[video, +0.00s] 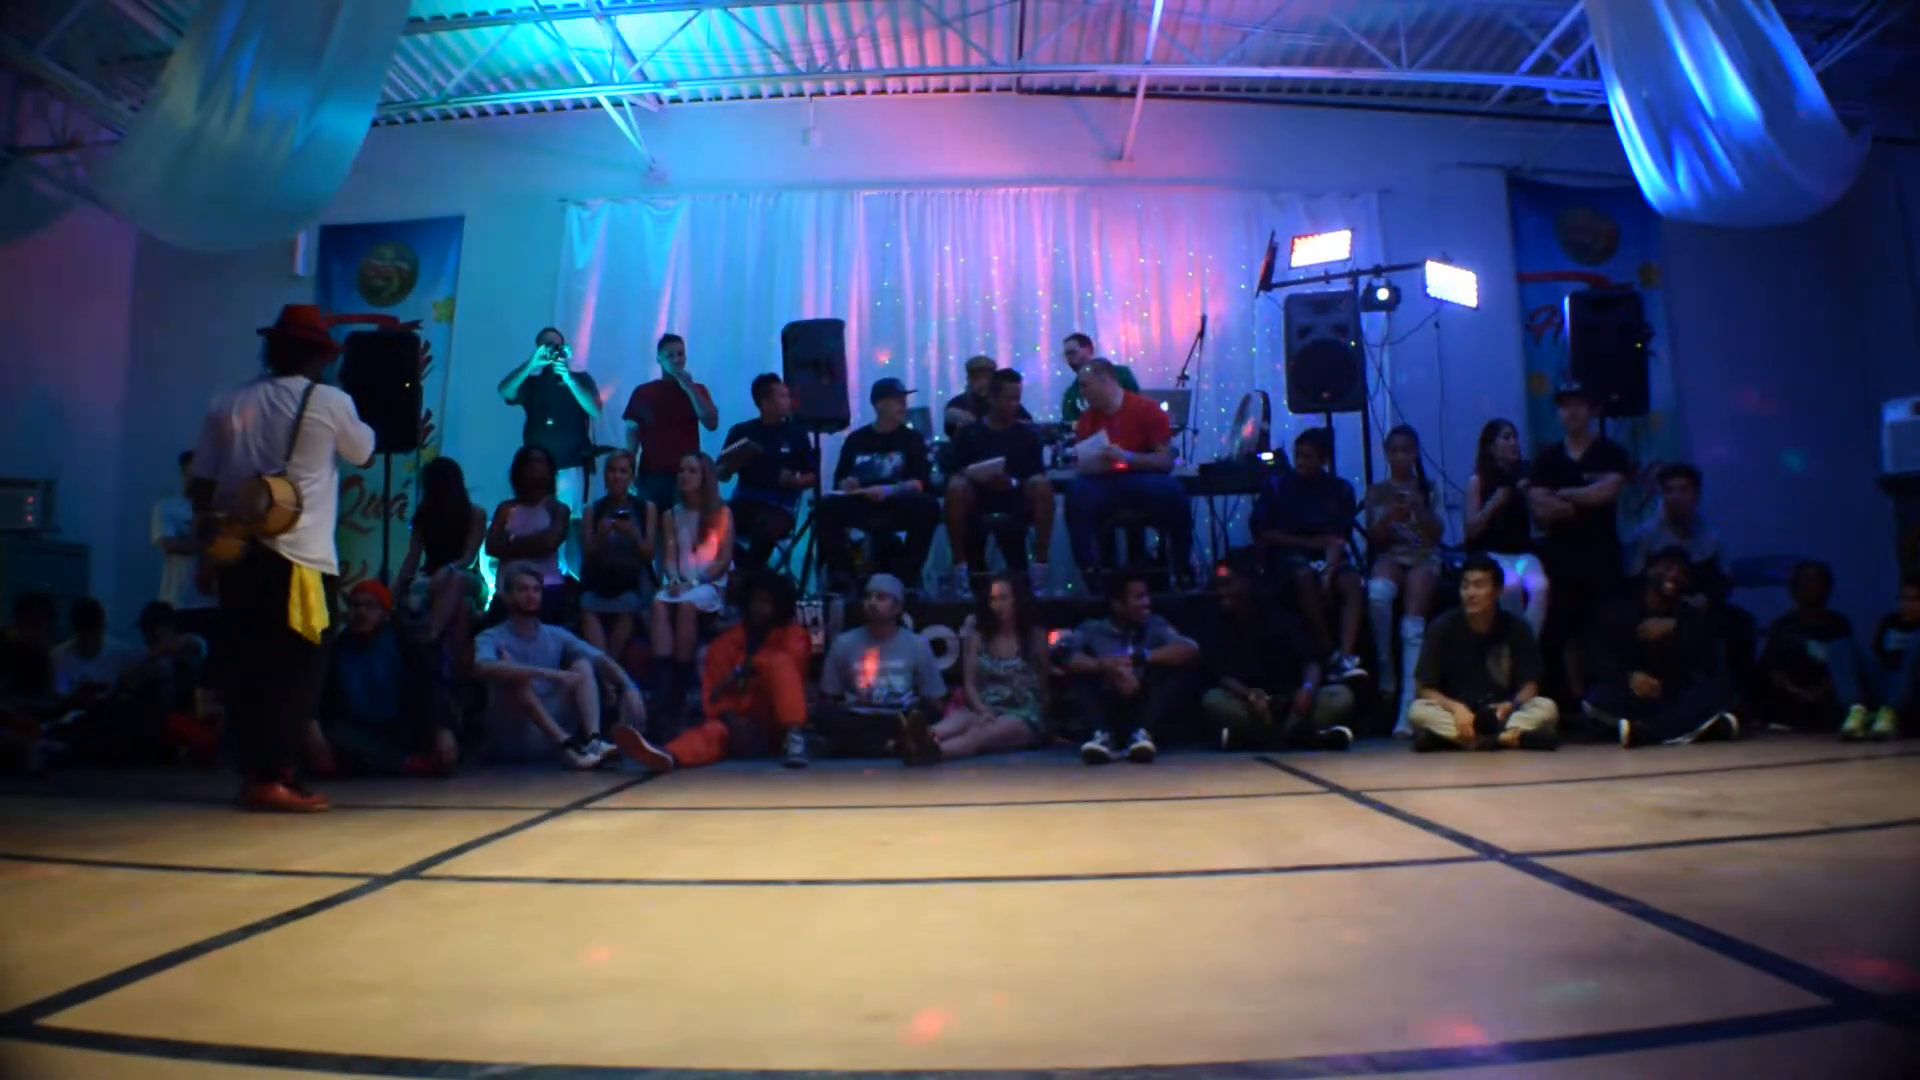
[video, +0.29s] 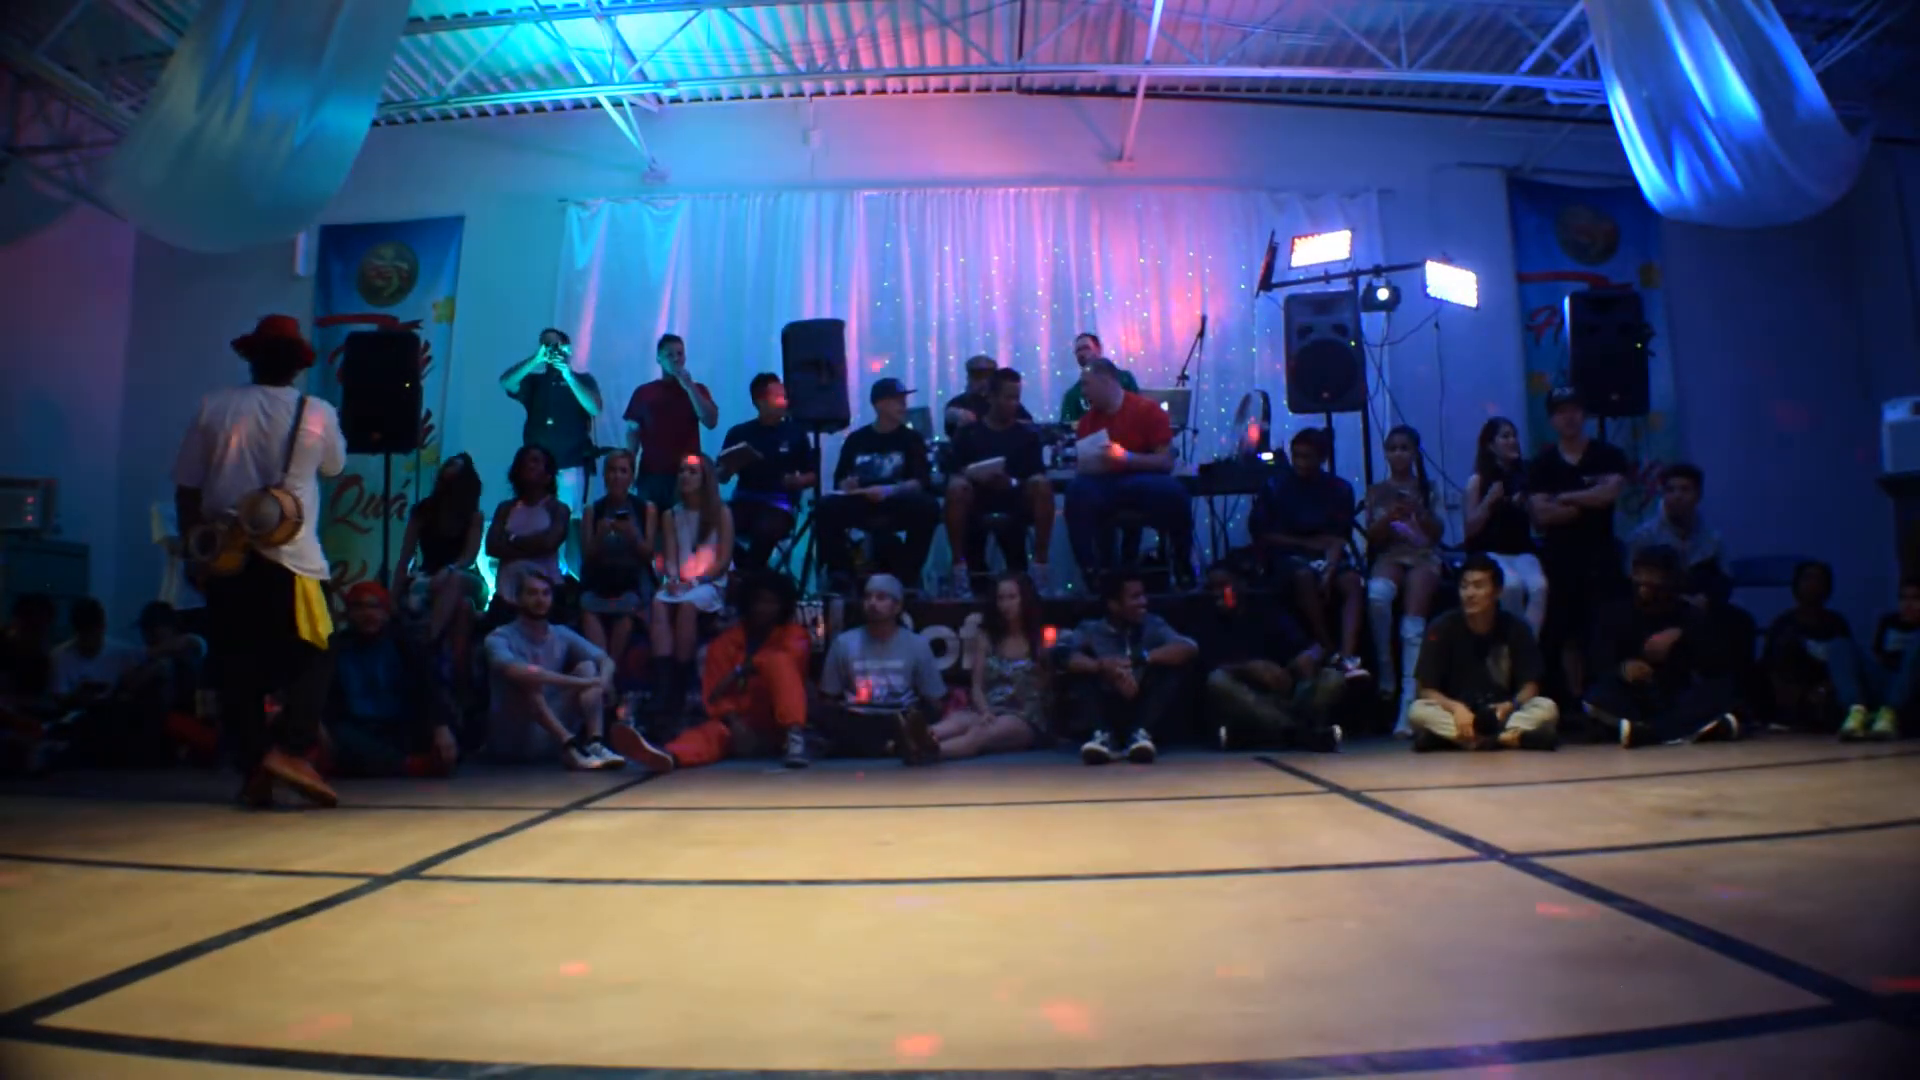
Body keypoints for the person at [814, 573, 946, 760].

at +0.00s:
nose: (872, 603)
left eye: (880, 598)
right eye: (869, 597)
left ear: (897, 607)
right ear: (863, 602)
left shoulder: (916, 645)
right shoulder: (844, 643)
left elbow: (934, 700)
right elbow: (829, 697)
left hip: (901, 714)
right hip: (858, 715)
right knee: (822, 716)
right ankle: (888, 745)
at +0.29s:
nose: (872, 604)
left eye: (881, 598)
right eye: (868, 597)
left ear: (897, 606)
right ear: (863, 602)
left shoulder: (916, 645)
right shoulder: (844, 644)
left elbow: (935, 704)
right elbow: (828, 701)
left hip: (904, 722)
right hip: (857, 723)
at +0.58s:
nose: (872, 604)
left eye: (880, 598)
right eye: (868, 597)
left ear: (897, 606)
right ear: (862, 602)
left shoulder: (917, 645)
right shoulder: (844, 644)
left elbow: (934, 702)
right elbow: (827, 699)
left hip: (904, 719)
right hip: (857, 719)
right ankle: (888, 745)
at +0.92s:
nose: (869, 604)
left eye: (878, 598)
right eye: (865, 598)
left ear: (894, 606)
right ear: (860, 602)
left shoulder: (916, 645)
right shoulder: (843, 645)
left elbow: (933, 703)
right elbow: (828, 700)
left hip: (905, 719)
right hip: (858, 721)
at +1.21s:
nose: (869, 604)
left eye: (877, 598)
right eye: (865, 598)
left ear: (894, 605)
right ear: (860, 602)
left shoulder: (915, 645)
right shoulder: (843, 645)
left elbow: (934, 704)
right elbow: (826, 700)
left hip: (903, 721)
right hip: (857, 721)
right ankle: (890, 746)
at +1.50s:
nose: (870, 603)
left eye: (878, 598)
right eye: (866, 597)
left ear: (895, 605)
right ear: (861, 601)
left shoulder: (916, 645)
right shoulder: (843, 645)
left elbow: (935, 702)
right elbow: (828, 700)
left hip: (904, 720)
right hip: (858, 723)